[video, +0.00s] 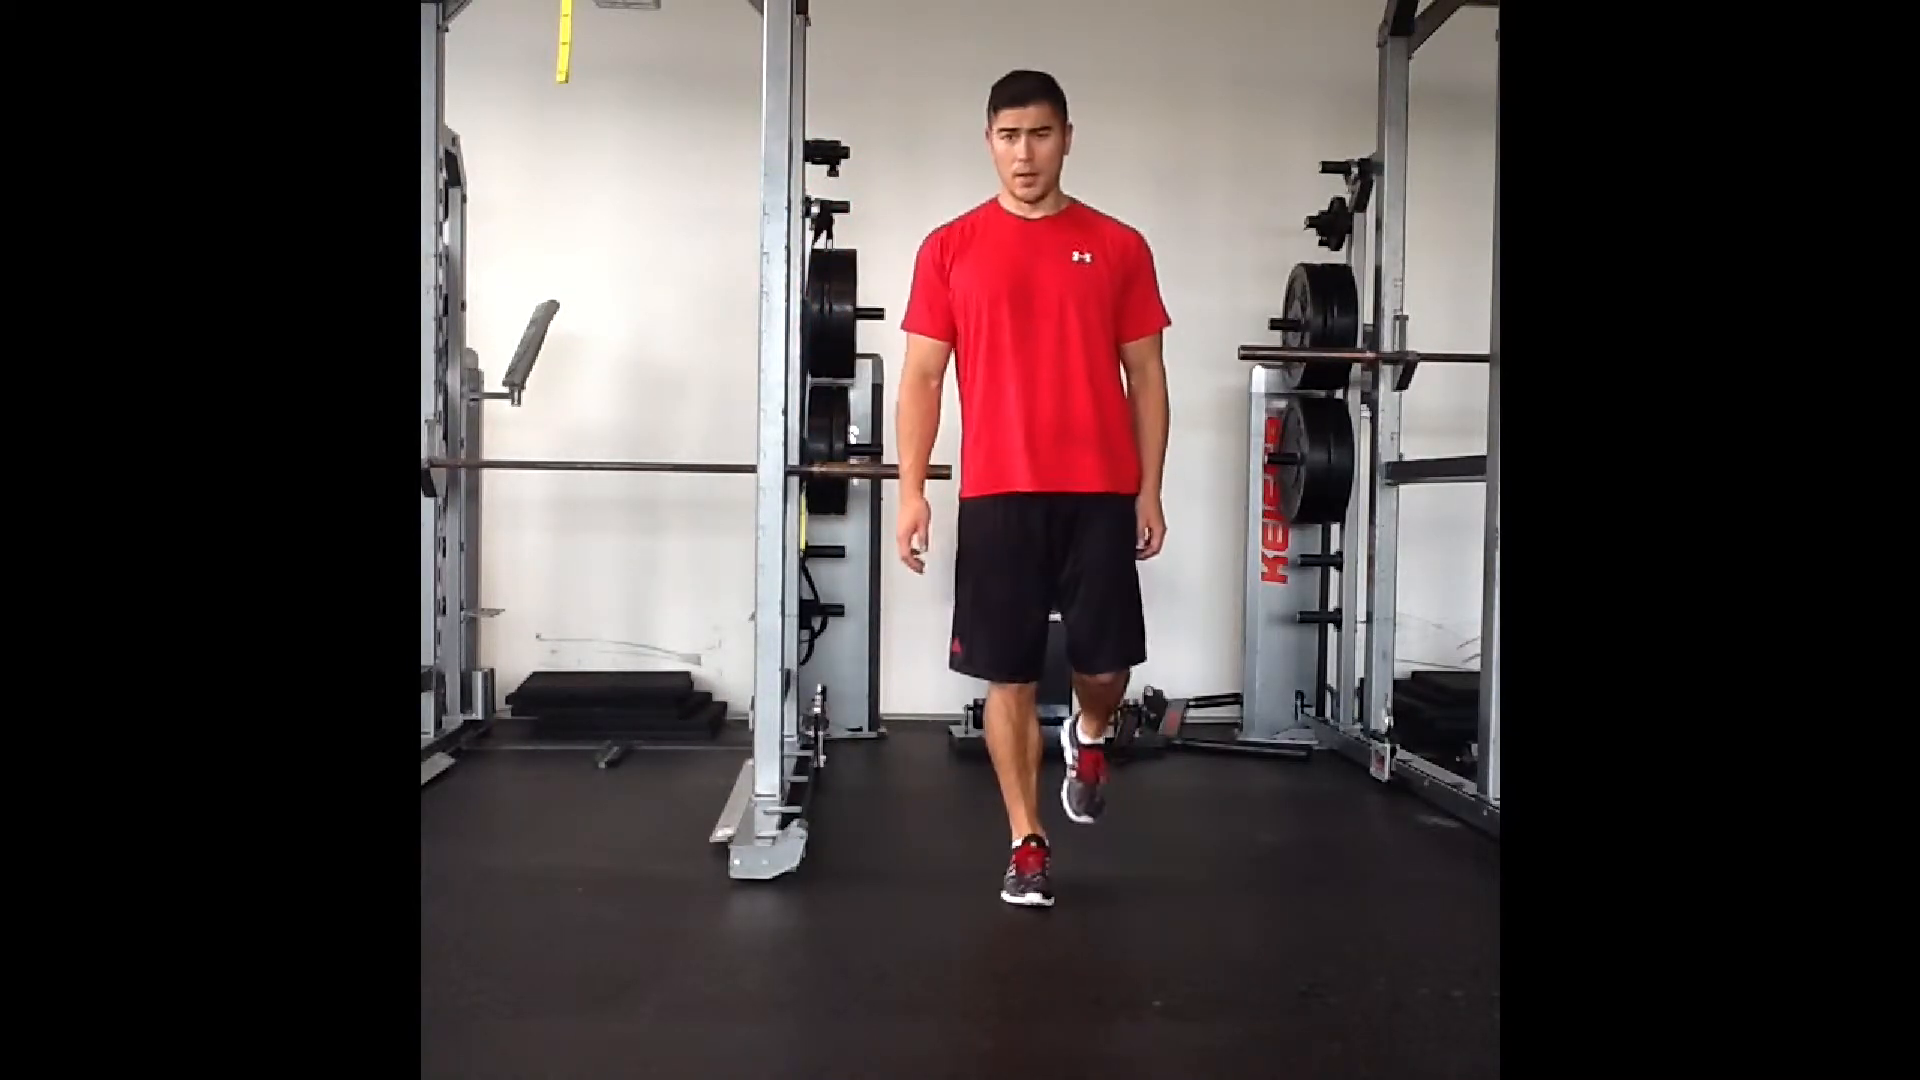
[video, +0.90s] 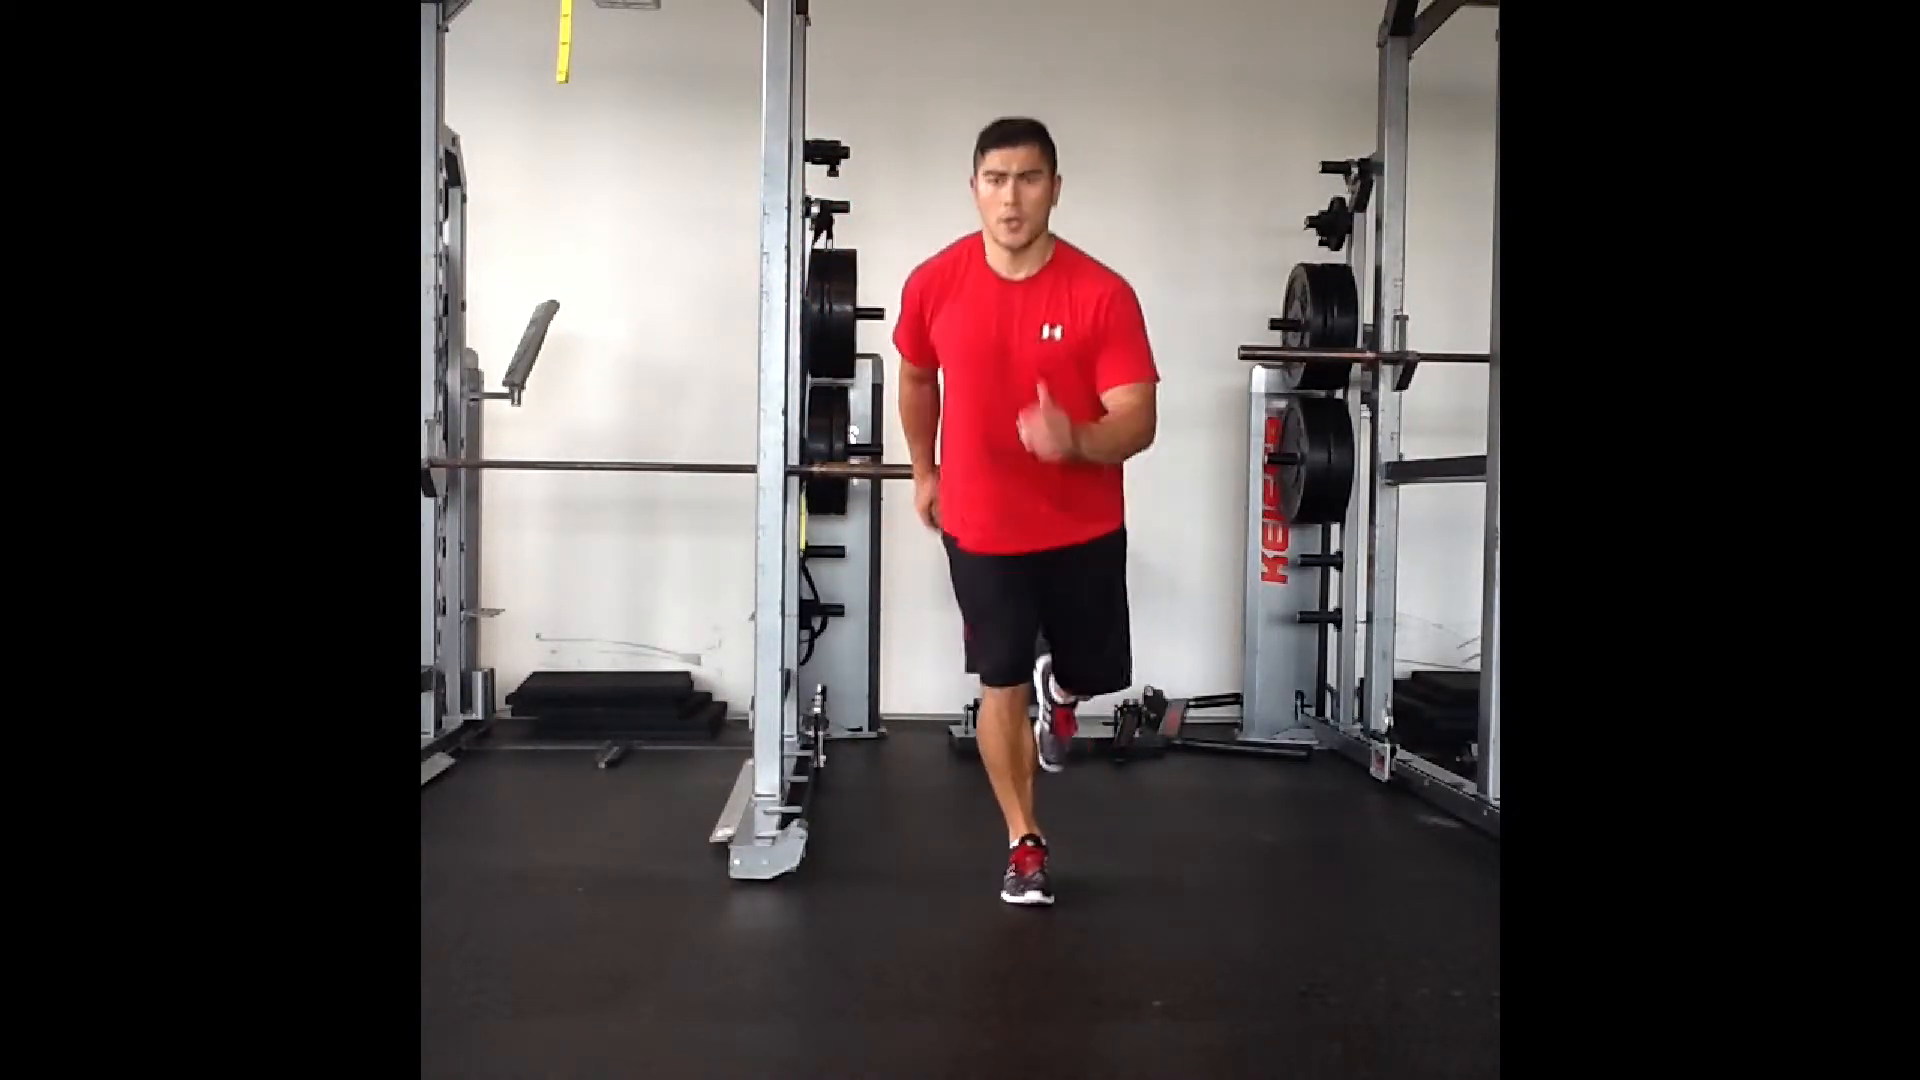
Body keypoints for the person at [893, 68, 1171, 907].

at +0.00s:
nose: (1026, 150)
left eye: (1041, 133)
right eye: (1010, 135)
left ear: (1066, 139)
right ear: (990, 144)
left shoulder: (1118, 247)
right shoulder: (949, 249)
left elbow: (1146, 371)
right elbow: (920, 374)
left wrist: (1149, 488)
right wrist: (913, 490)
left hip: (1099, 490)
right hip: (998, 491)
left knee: (1105, 664)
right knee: (1008, 672)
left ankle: (1088, 745)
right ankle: (1024, 842)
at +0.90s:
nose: (1012, 195)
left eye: (1028, 178)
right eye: (996, 178)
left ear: (1054, 190)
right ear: (975, 190)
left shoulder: (1103, 296)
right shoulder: (932, 288)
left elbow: (1137, 422)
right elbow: (916, 379)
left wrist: (1079, 439)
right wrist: (923, 472)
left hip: (1083, 526)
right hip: (983, 529)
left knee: (1091, 671)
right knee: (1007, 679)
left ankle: (1058, 695)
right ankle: (1023, 839)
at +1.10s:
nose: (1005, 275)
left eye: (1022, 261)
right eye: (989, 261)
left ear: (1048, 270)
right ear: (967, 272)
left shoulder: (1084, 344)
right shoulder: (929, 340)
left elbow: (1114, 424)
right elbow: (959, 412)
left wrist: (1033, 343)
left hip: (1084, 558)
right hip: (988, 556)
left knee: (1056, 681)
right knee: (1009, 686)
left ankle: (1012, 703)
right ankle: (1025, 844)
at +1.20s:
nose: (995, 295)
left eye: (1012, 278)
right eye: (981, 278)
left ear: (1039, 287)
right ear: (959, 288)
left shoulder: (1081, 359)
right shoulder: (929, 359)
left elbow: (1121, 463)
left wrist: (1040, 440)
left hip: (1083, 567)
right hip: (987, 563)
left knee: (1055, 685)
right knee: (1010, 695)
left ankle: (1021, 709)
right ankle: (1026, 845)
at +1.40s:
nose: (994, 226)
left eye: (1009, 210)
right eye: (978, 212)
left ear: (1035, 222)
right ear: (955, 227)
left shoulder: (1094, 316)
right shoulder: (925, 342)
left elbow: (1141, 423)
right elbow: (922, 479)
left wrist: (1174, 508)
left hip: (1082, 529)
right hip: (982, 545)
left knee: (1078, 674)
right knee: (1006, 695)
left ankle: (1076, 769)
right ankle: (1024, 843)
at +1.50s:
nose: (997, 173)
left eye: (1012, 157)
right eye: (981, 159)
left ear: (1037, 164)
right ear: (958, 168)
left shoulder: (1091, 240)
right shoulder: (929, 250)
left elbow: (1171, 277)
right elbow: (890, 315)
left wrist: (1211, 319)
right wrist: (928, 319)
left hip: (1077, 445)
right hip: (983, 480)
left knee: (1070, 505)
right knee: (1001, 671)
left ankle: (1129, 668)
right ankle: (1023, 840)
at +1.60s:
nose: (1001, 85)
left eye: (1015, 68)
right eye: (985, 70)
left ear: (1043, 69)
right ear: (963, 75)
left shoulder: (1099, 141)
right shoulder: (930, 134)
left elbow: (1178, 179)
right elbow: (821, 169)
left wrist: (1212, 200)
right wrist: (885, 117)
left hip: (1066, 355)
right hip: (975, 379)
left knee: (1113, 440)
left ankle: (1139, 503)